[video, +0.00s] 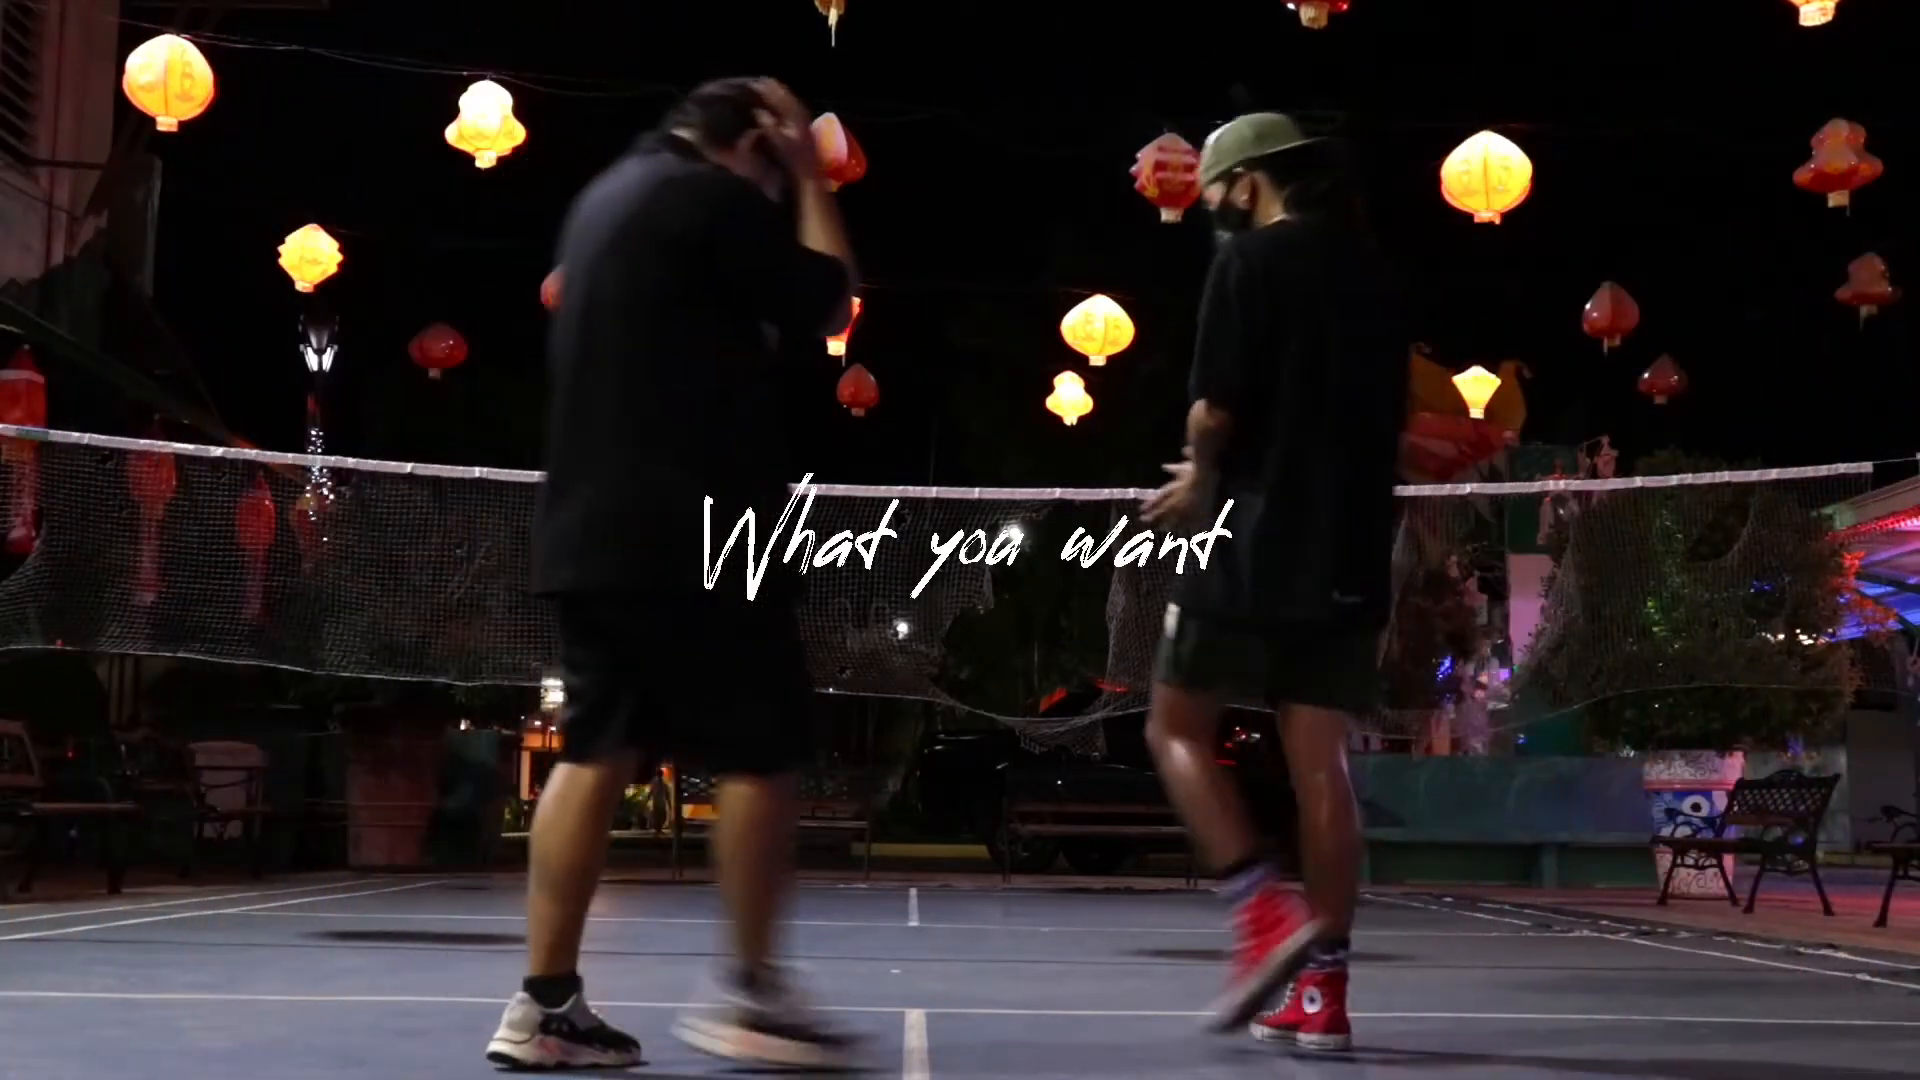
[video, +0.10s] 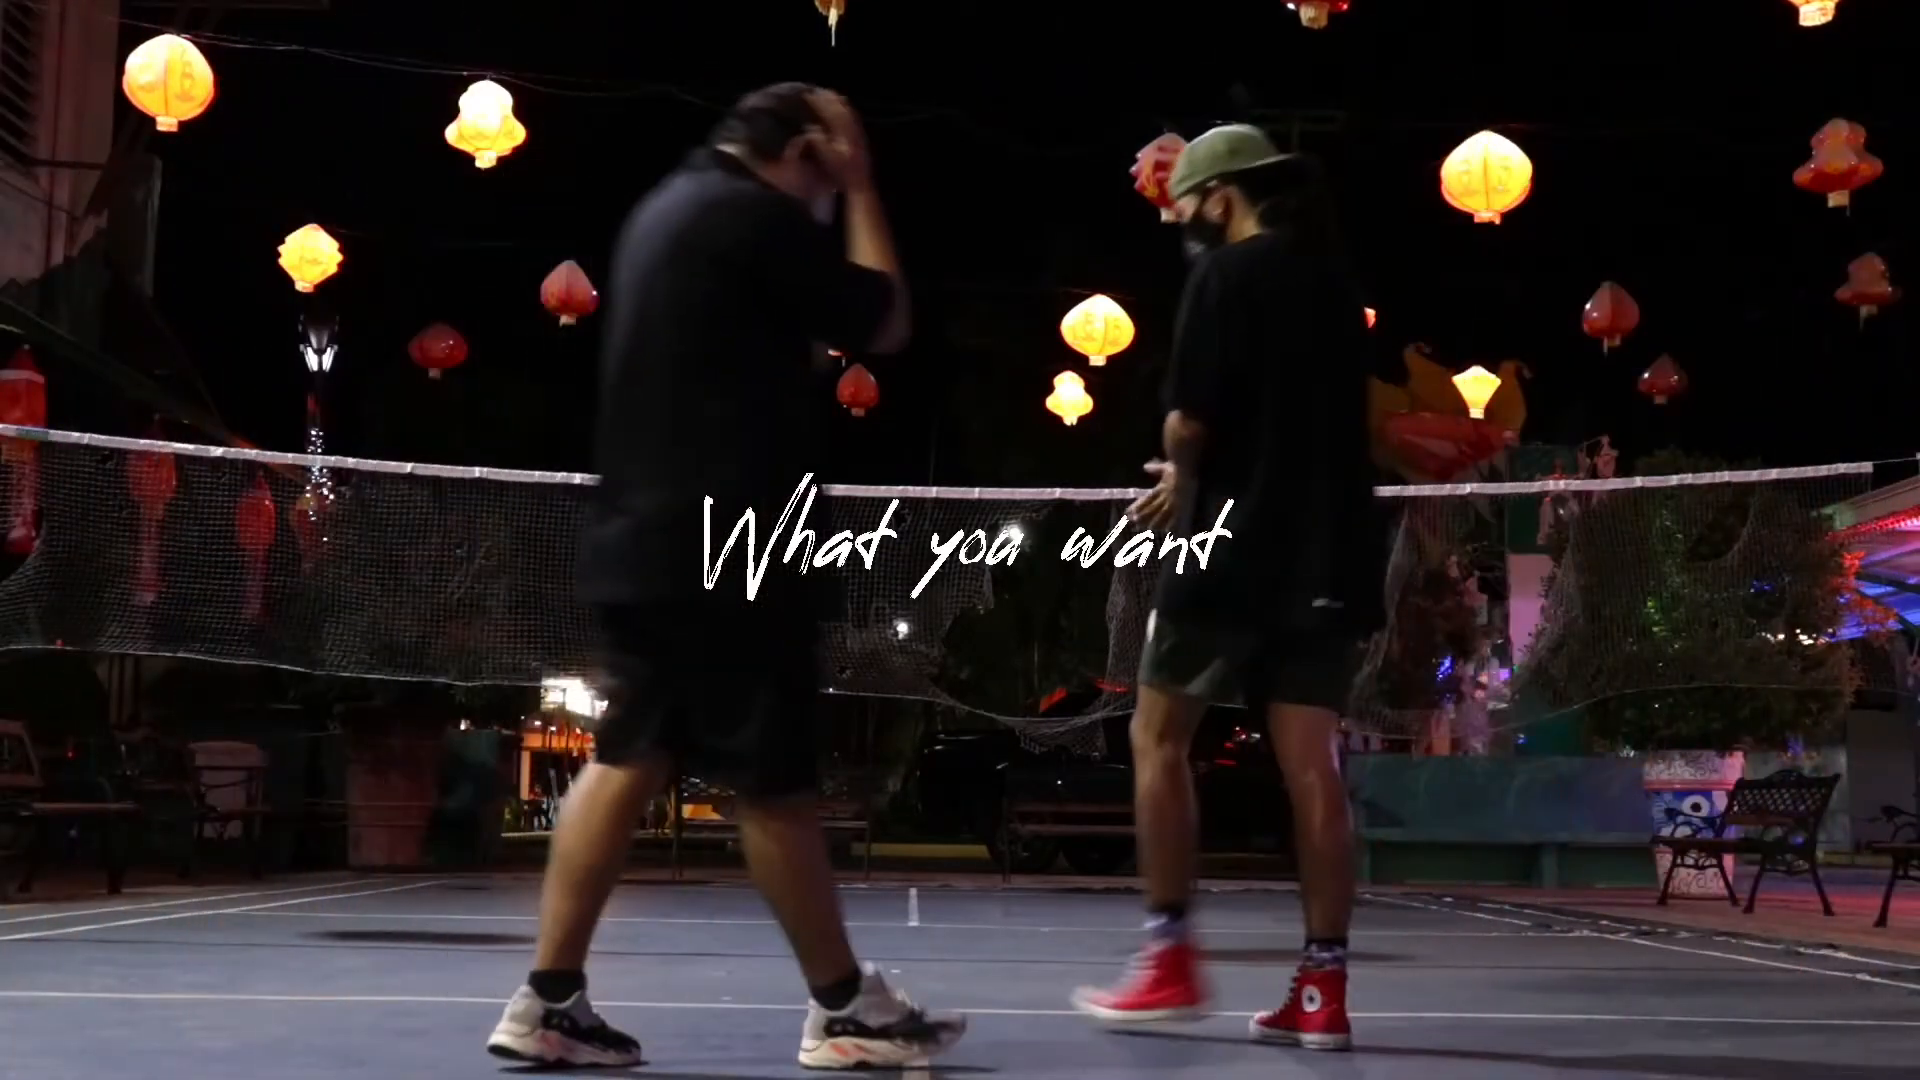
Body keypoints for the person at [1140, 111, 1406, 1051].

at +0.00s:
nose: (1221, 212)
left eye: (1222, 196)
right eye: (1219, 197)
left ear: (1253, 185)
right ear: (1308, 181)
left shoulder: (1247, 259)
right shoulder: (1370, 268)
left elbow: (1215, 410)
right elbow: (1367, 424)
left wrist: (1200, 475)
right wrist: (1206, 481)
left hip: (1254, 544)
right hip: (1348, 553)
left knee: (1177, 730)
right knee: (1322, 760)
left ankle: (1260, 902)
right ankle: (1321, 987)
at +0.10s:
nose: (1192, 225)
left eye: (1194, 209)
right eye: (1189, 211)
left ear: (1227, 197)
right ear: (1272, 195)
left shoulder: (1223, 275)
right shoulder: (1332, 281)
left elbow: (1187, 422)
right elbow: (1327, 423)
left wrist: (1177, 486)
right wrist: (1187, 475)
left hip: (1230, 551)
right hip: (1331, 551)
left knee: (1158, 735)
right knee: (1311, 758)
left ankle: (1168, 961)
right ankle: (1325, 987)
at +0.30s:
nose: (1130, 246)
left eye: (1135, 229)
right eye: (1129, 230)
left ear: (1171, 224)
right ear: (1208, 223)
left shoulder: (1164, 309)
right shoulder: (1271, 311)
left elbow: (1137, 455)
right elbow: (1273, 447)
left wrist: (1119, 504)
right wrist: (1132, 497)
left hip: (1178, 578)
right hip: (1273, 572)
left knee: (1139, 768)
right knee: (1285, 773)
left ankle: (1106, 965)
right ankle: (1318, 983)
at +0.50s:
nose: (1062, 254)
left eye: (1068, 240)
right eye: (1063, 240)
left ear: (1101, 239)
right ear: (1144, 238)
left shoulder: (1098, 325)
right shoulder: (1207, 323)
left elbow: (1057, 449)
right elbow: (1227, 448)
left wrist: (1073, 512)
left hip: (1105, 570)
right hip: (1200, 566)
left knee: (1089, 766)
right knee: (1195, 762)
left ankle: (1095, 972)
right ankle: (1278, 907)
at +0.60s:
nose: (1048, 258)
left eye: (1053, 243)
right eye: (1050, 244)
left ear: (1080, 243)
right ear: (1133, 241)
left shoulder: (1077, 324)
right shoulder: (1186, 324)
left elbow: (1048, 452)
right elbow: (1203, 449)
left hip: (1077, 571)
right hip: (1166, 566)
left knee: (1079, 766)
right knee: (1160, 760)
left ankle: (1095, 965)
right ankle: (1239, 877)